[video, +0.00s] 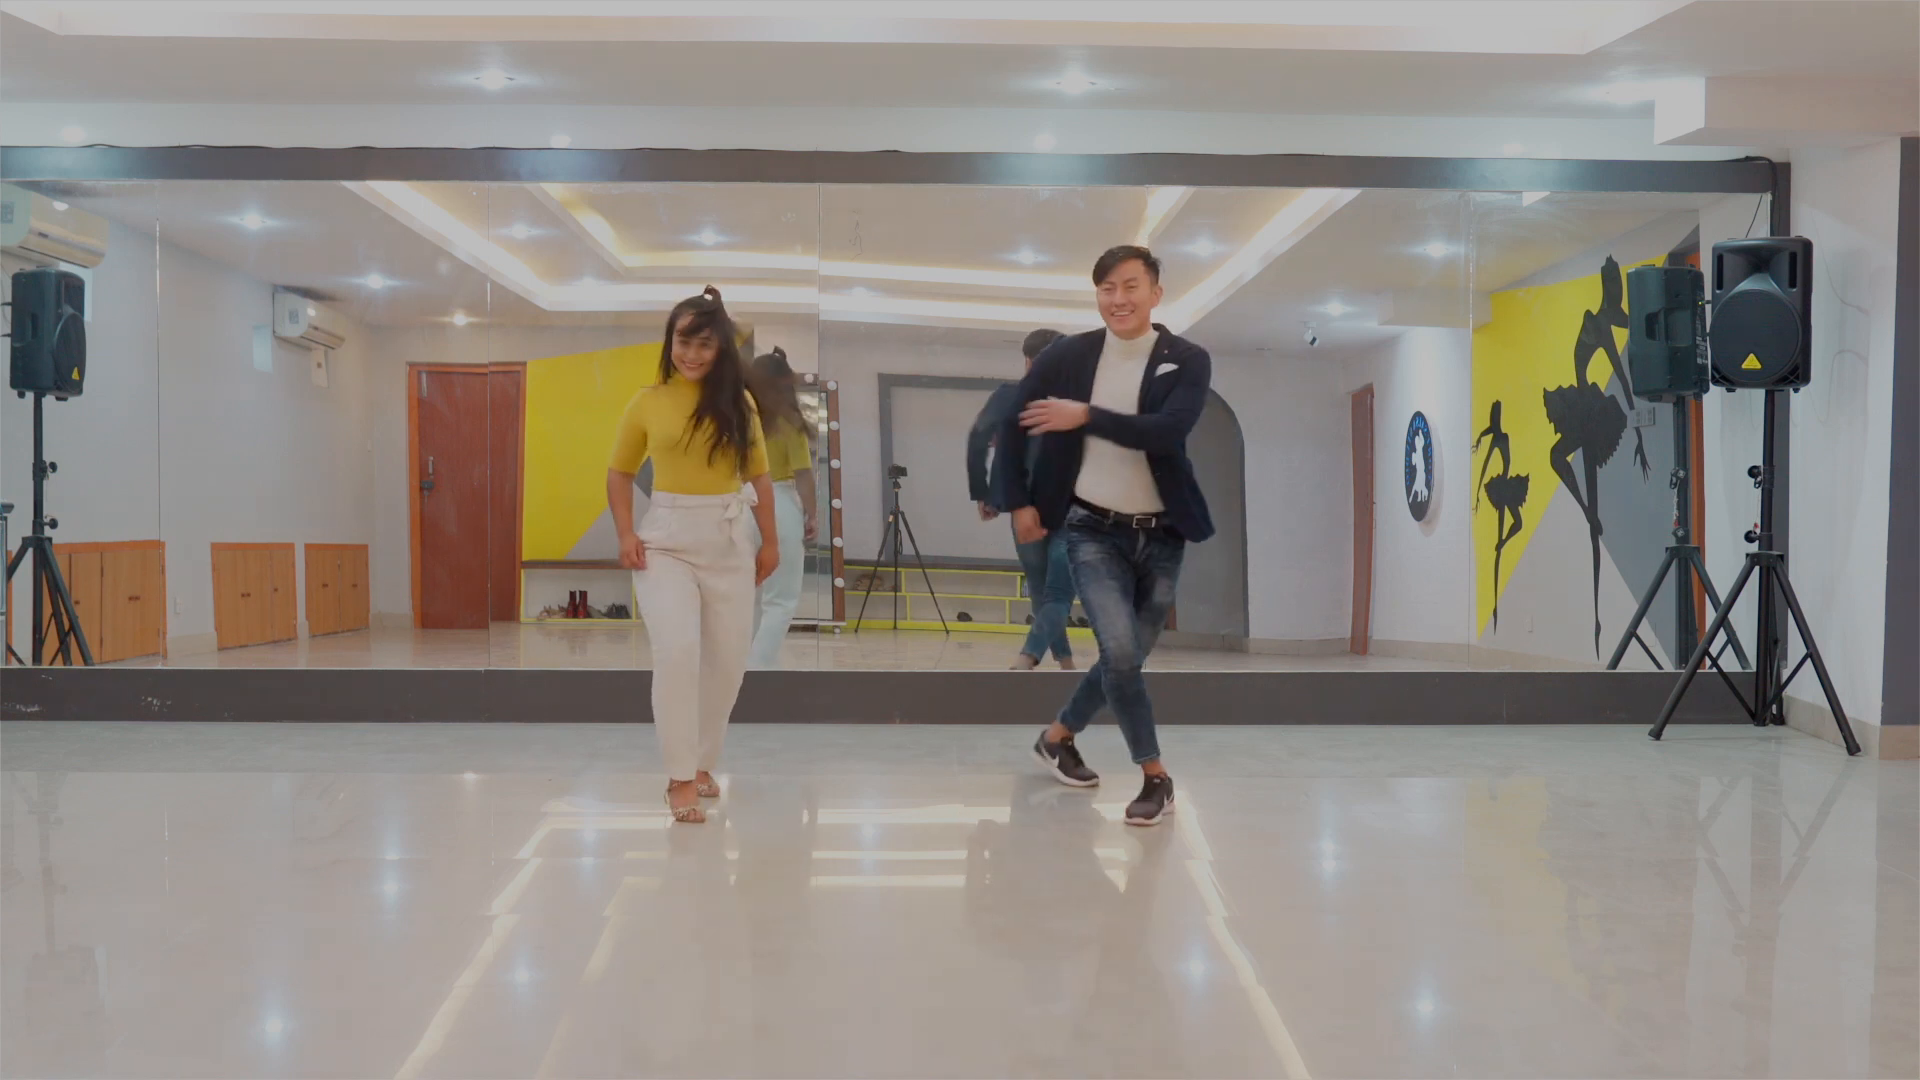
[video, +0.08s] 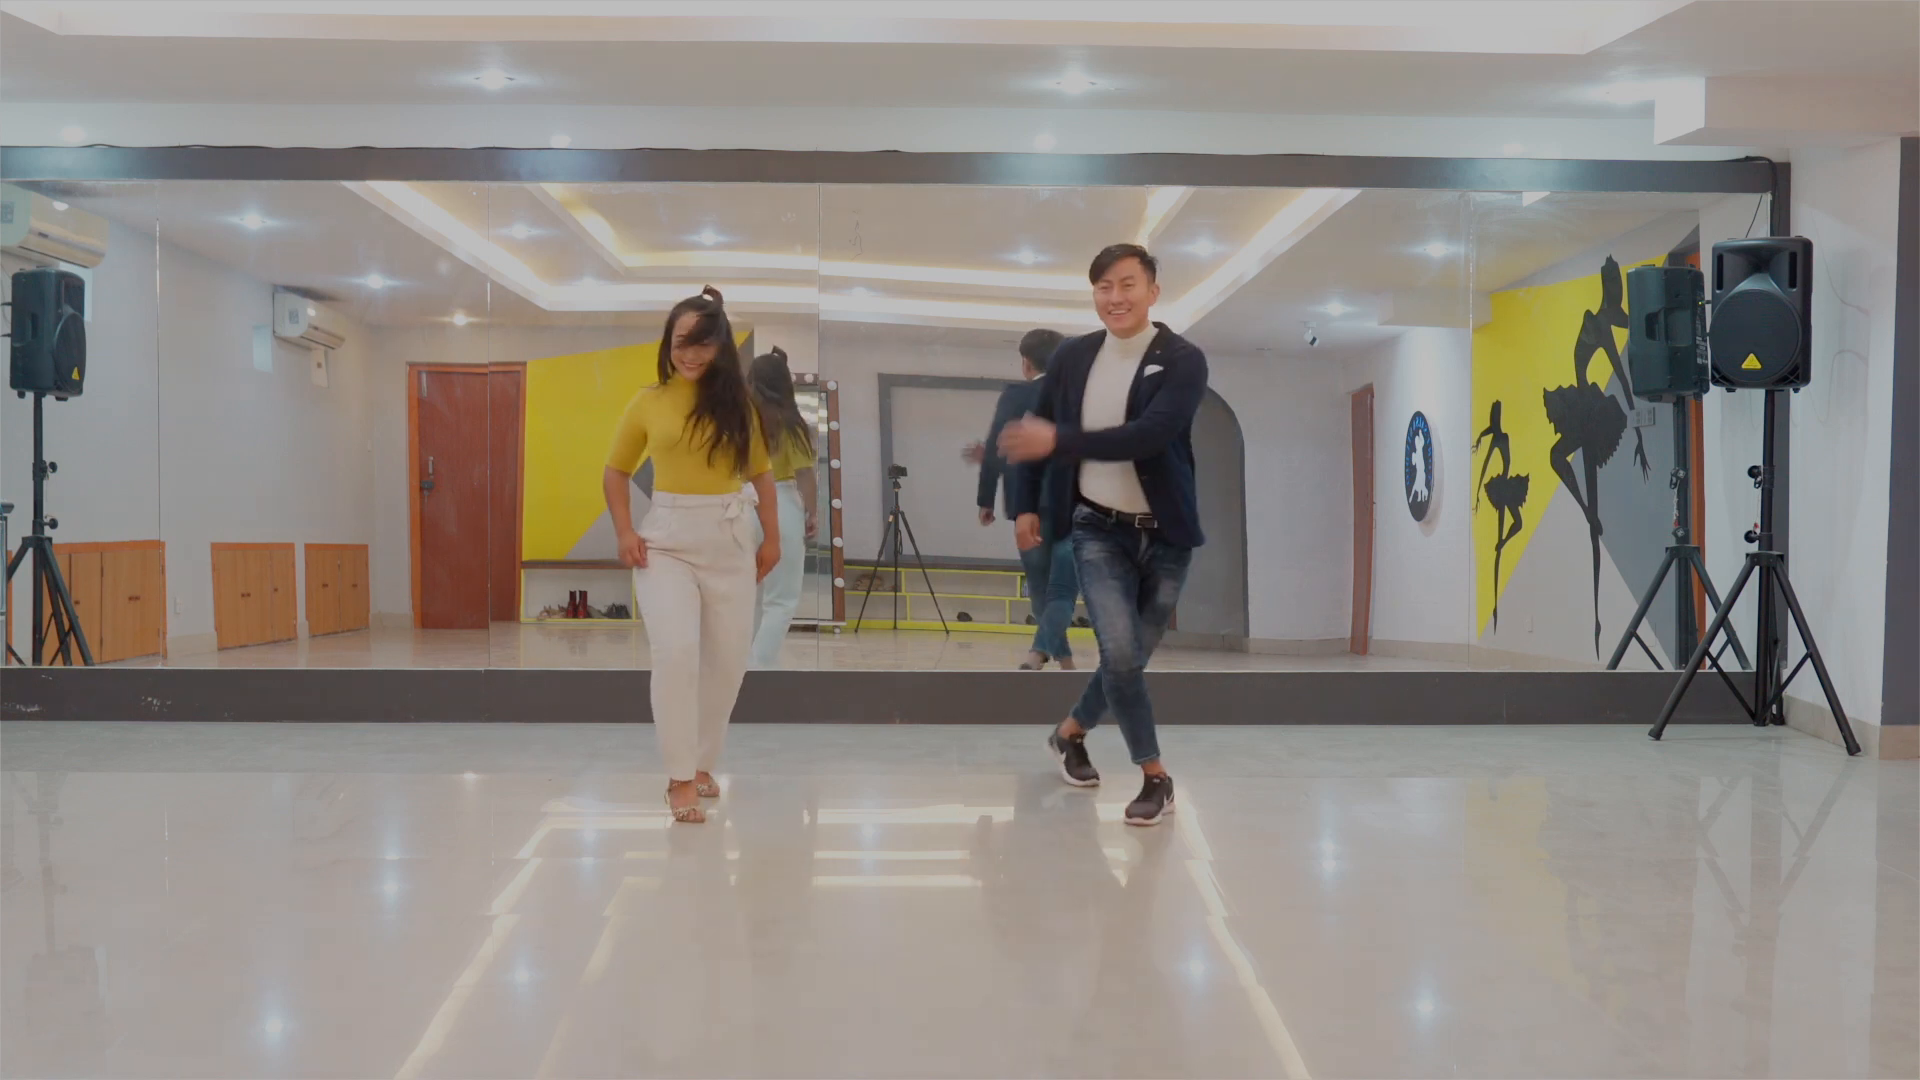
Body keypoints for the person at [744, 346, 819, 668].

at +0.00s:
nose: (794, 385)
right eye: (790, 380)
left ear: (751, 383)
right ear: (785, 384)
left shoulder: (740, 418)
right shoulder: (788, 421)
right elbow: (803, 473)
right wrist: (811, 514)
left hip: (741, 505)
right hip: (780, 503)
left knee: (751, 593)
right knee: (781, 597)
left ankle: (756, 668)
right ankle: (756, 674)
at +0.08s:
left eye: (749, 379)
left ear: (750, 383)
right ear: (785, 383)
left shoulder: (738, 419)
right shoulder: (789, 421)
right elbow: (805, 474)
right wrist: (812, 513)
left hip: (741, 506)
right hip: (782, 504)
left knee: (749, 594)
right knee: (781, 598)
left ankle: (749, 669)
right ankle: (757, 674)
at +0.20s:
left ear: (750, 383)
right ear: (786, 384)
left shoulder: (740, 419)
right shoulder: (790, 421)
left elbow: (729, 474)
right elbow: (806, 472)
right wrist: (811, 510)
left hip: (743, 505)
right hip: (783, 503)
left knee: (752, 595)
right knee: (783, 598)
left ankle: (749, 671)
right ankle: (758, 675)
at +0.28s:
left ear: (750, 383)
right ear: (785, 384)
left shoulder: (738, 420)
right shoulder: (788, 422)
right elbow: (805, 471)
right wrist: (810, 509)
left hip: (743, 507)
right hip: (783, 504)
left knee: (752, 596)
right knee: (784, 599)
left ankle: (748, 671)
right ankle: (760, 674)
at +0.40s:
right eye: (793, 379)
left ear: (751, 386)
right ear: (787, 385)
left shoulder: (741, 423)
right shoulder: (789, 424)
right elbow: (806, 472)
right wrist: (810, 507)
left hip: (743, 510)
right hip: (781, 510)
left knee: (752, 601)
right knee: (783, 604)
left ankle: (747, 674)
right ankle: (759, 676)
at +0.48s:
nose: (797, 384)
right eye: (794, 379)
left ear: (753, 385)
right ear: (787, 384)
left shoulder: (742, 420)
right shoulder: (793, 421)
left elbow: (733, 473)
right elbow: (807, 472)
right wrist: (810, 509)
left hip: (743, 512)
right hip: (782, 511)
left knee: (751, 601)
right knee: (784, 607)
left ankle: (750, 675)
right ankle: (758, 676)